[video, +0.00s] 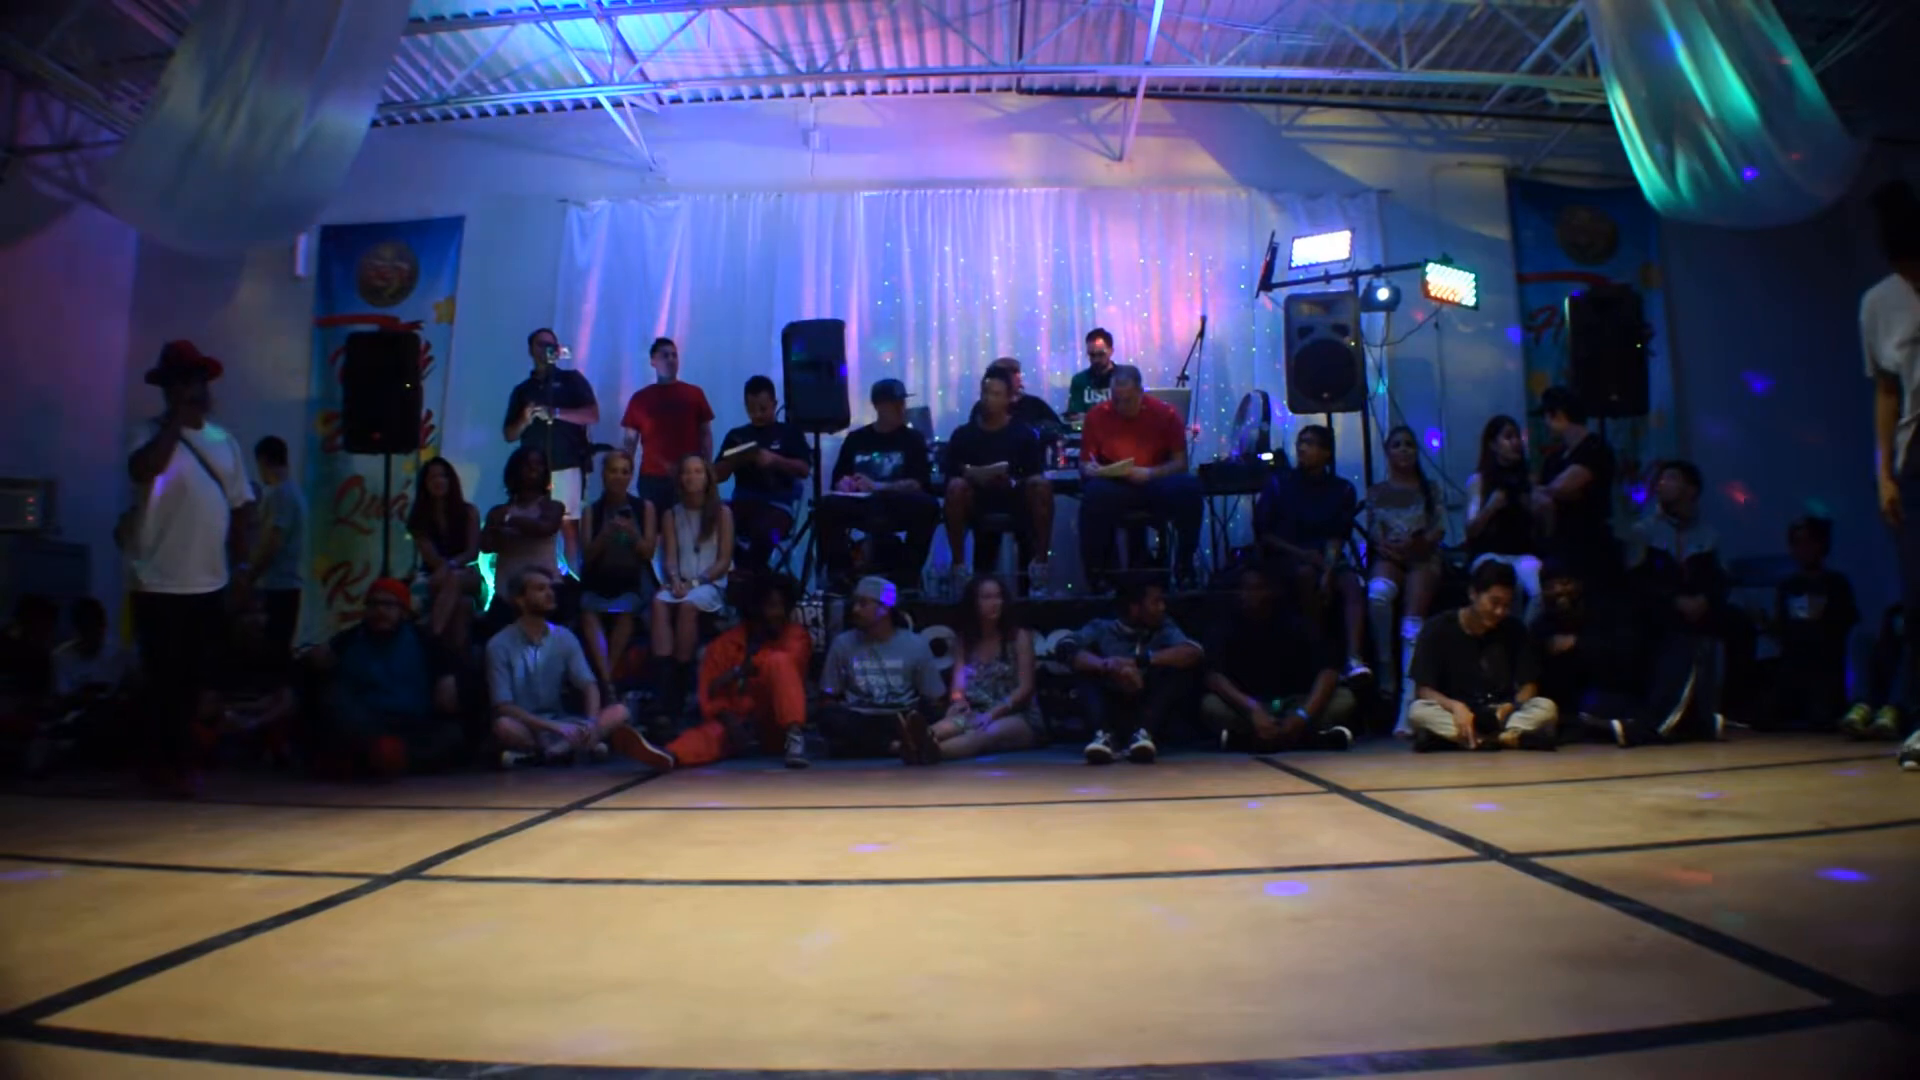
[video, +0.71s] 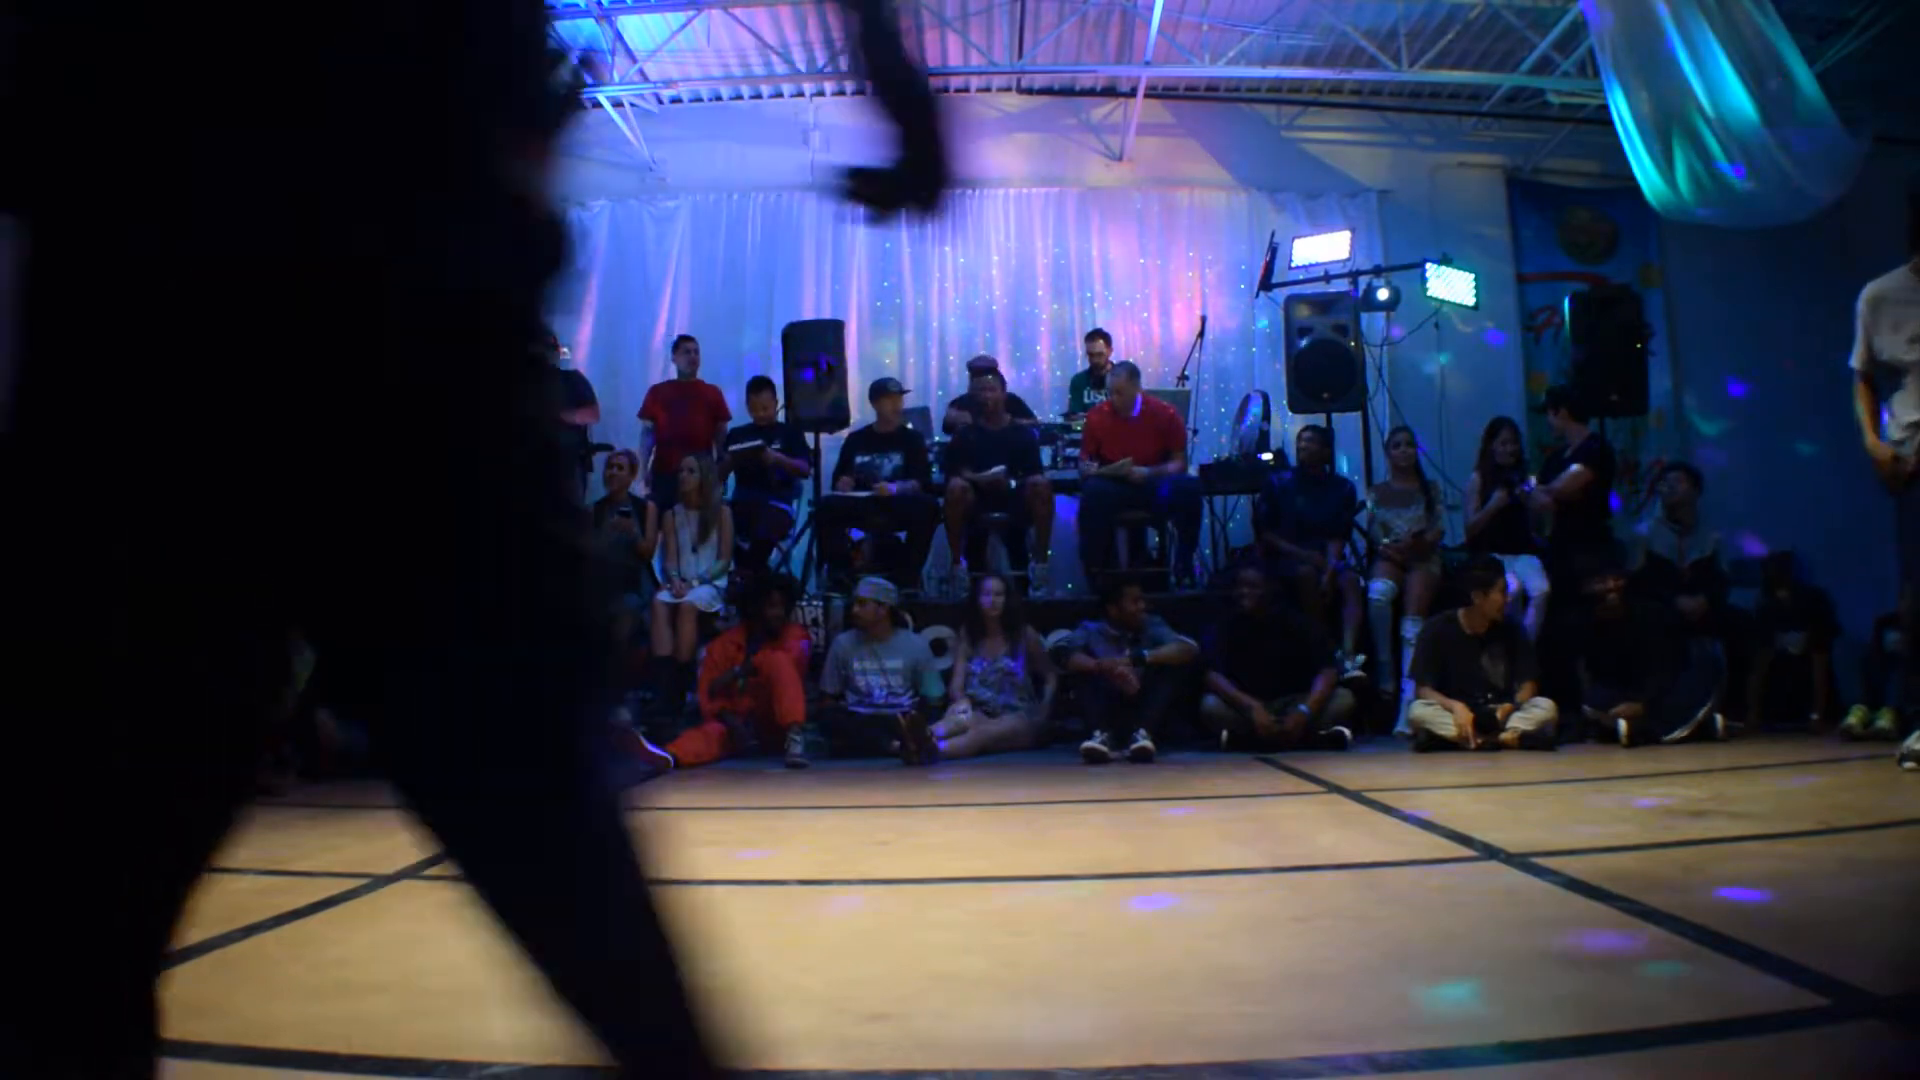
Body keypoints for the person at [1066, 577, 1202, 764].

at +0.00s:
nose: (1162, 608)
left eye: (1161, 602)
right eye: (1156, 602)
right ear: (1135, 608)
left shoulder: (1164, 630)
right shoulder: (1103, 629)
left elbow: (1194, 652)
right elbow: (1064, 648)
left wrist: (1142, 661)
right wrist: (1109, 667)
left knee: (1173, 670)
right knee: (1088, 674)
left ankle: (1144, 733)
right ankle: (1102, 735)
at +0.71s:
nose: (1142, 607)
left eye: (1141, 601)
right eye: (1134, 602)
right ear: (1113, 609)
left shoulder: (1151, 627)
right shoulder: (1092, 631)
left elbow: (1189, 649)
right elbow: (1060, 652)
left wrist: (1139, 659)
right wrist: (1108, 668)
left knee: (1170, 666)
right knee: (1088, 671)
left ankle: (1143, 733)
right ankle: (1101, 734)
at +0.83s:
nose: (1137, 607)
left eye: (1136, 601)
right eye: (1129, 602)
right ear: (1110, 609)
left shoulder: (1148, 627)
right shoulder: (1089, 632)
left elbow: (1187, 648)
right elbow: (1058, 652)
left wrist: (1139, 660)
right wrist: (1107, 668)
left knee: (1167, 670)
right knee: (1087, 672)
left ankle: (1142, 733)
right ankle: (1099, 734)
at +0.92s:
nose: (1134, 606)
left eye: (1134, 600)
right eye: (1126, 601)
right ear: (1107, 609)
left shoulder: (1145, 626)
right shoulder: (1088, 632)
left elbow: (1185, 647)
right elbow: (1059, 654)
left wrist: (1137, 659)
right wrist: (1107, 669)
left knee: (1163, 669)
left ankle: (1143, 733)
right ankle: (1099, 733)